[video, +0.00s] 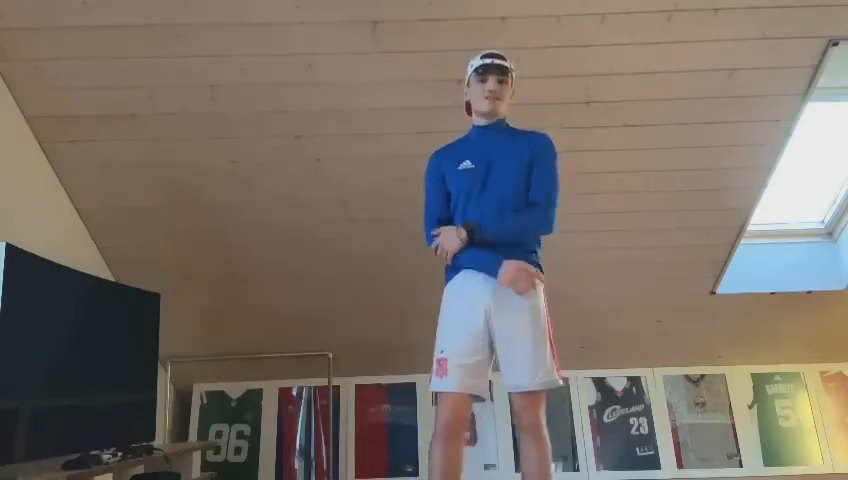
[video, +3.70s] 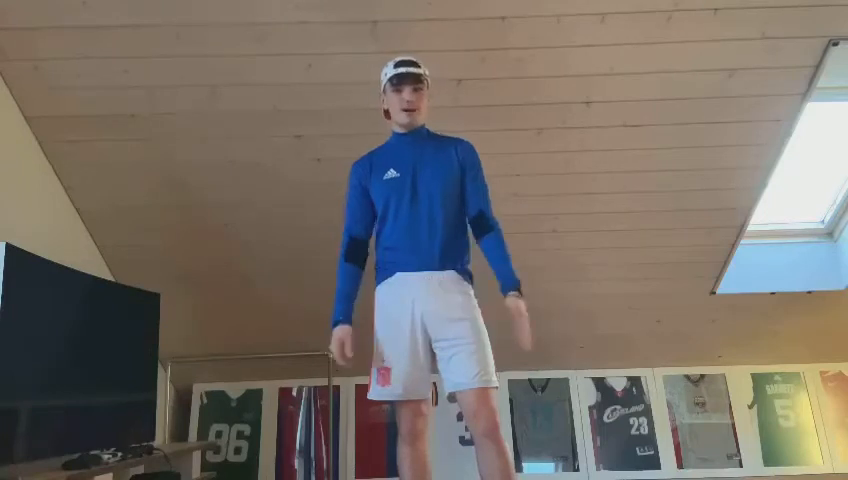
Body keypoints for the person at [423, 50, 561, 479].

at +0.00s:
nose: (492, 88)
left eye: (501, 82)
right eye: (482, 81)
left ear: (510, 92)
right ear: (467, 92)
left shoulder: (537, 145)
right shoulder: (443, 158)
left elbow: (543, 219)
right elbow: (437, 234)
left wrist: (469, 231)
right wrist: (498, 263)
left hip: (521, 284)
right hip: (465, 284)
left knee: (529, 413)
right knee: (451, 414)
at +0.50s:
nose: (452, 90)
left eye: (460, 83)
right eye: (442, 83)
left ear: (473, 93)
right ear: (430, 96)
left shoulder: (503, 147)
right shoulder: (410, 162)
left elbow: (523, 220)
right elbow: (400, 238)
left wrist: (456, 235)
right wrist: (450, 264)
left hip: (487, 287)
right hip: (429, 293)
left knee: (508, 414)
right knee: (432, 420)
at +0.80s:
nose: (427, 94)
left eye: (435, 87)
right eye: (417, 88)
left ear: (447, 97)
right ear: (404, 102)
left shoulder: (477, 152)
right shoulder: (383, 166)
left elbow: (503, 226)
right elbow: (368, 244)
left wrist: (458, 242)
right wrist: (399, 277)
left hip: (465, 290)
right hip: (408, 297)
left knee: (507, 408)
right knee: (418, 417)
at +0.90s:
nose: (421, 95)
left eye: (428, 87)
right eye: (410, 89)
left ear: (440, 96)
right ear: (397, 103)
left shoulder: (471, 151)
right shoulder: (378, 166)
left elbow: (497, 223)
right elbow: (363, 242)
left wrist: (478, 249)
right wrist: (373, 290)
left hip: (463, 292)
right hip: (405, 296)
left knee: (504, 408)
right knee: (417, 419)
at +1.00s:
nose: (415, 96)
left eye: (422, 87)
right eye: (405, 89)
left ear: (433, 95)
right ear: (390, 103)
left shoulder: (466, 152)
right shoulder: (375, 167)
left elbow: (493, 217)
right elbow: (356, 243)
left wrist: (508, 262)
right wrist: (343, 300)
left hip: (461, 294)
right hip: (404, 298)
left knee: (489, 416)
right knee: (415, 419)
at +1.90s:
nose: (403, 96)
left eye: (411, 87)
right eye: (393, 89)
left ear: (425, 95)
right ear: (382, 103)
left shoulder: (459, 150)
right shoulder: (366, 167)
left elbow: (479, 221)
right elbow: (354, 243)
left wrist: (465, 276)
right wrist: (363, 305)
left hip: (454, 290)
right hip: (399, 295)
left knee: (484, 414)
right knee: (413, 418)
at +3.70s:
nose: (408, 96)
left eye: (416, 88)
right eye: (398, 89)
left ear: (428, 97)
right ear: (384, 103)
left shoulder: (459, 151)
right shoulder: (367, 167)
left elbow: (483, 224)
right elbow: (355, 246)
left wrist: (512, 290)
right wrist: (342, 319)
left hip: (452, 293)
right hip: (396, 298)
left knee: (484, 417)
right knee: (413, 420)